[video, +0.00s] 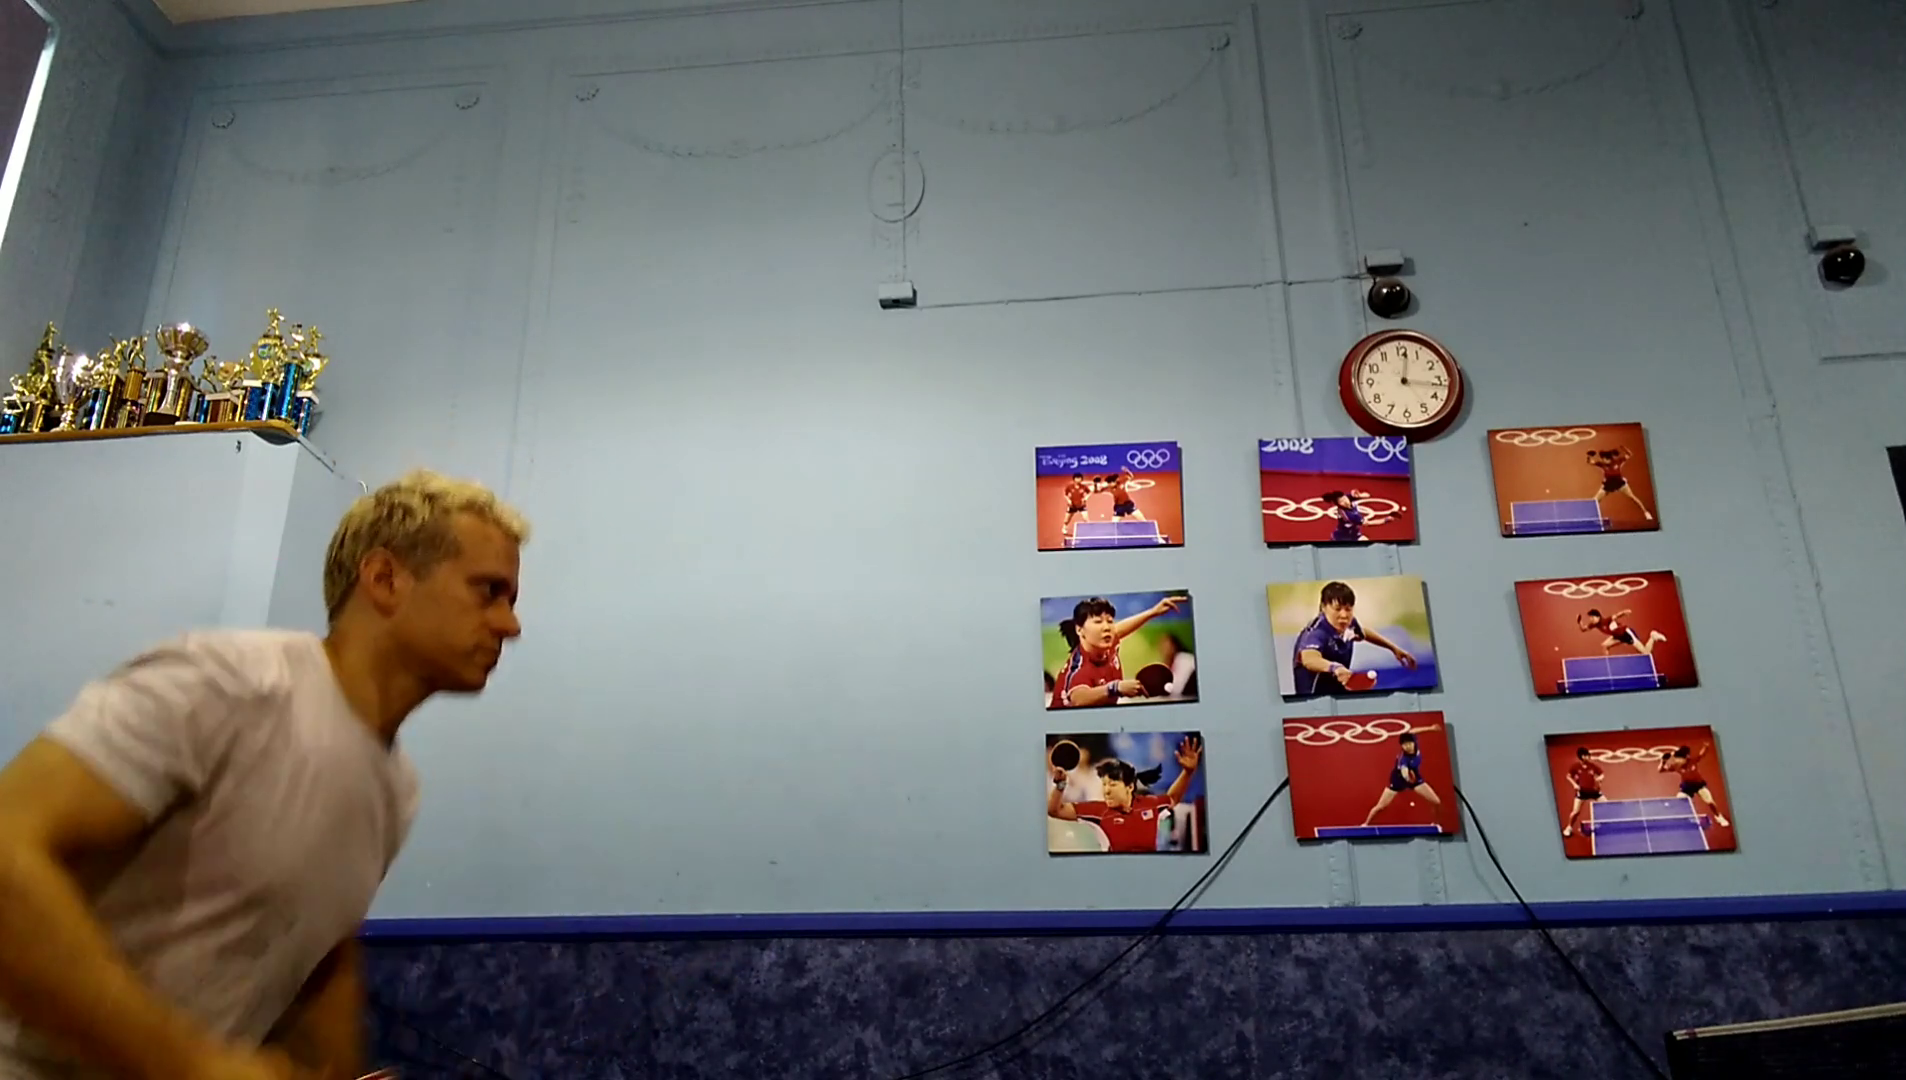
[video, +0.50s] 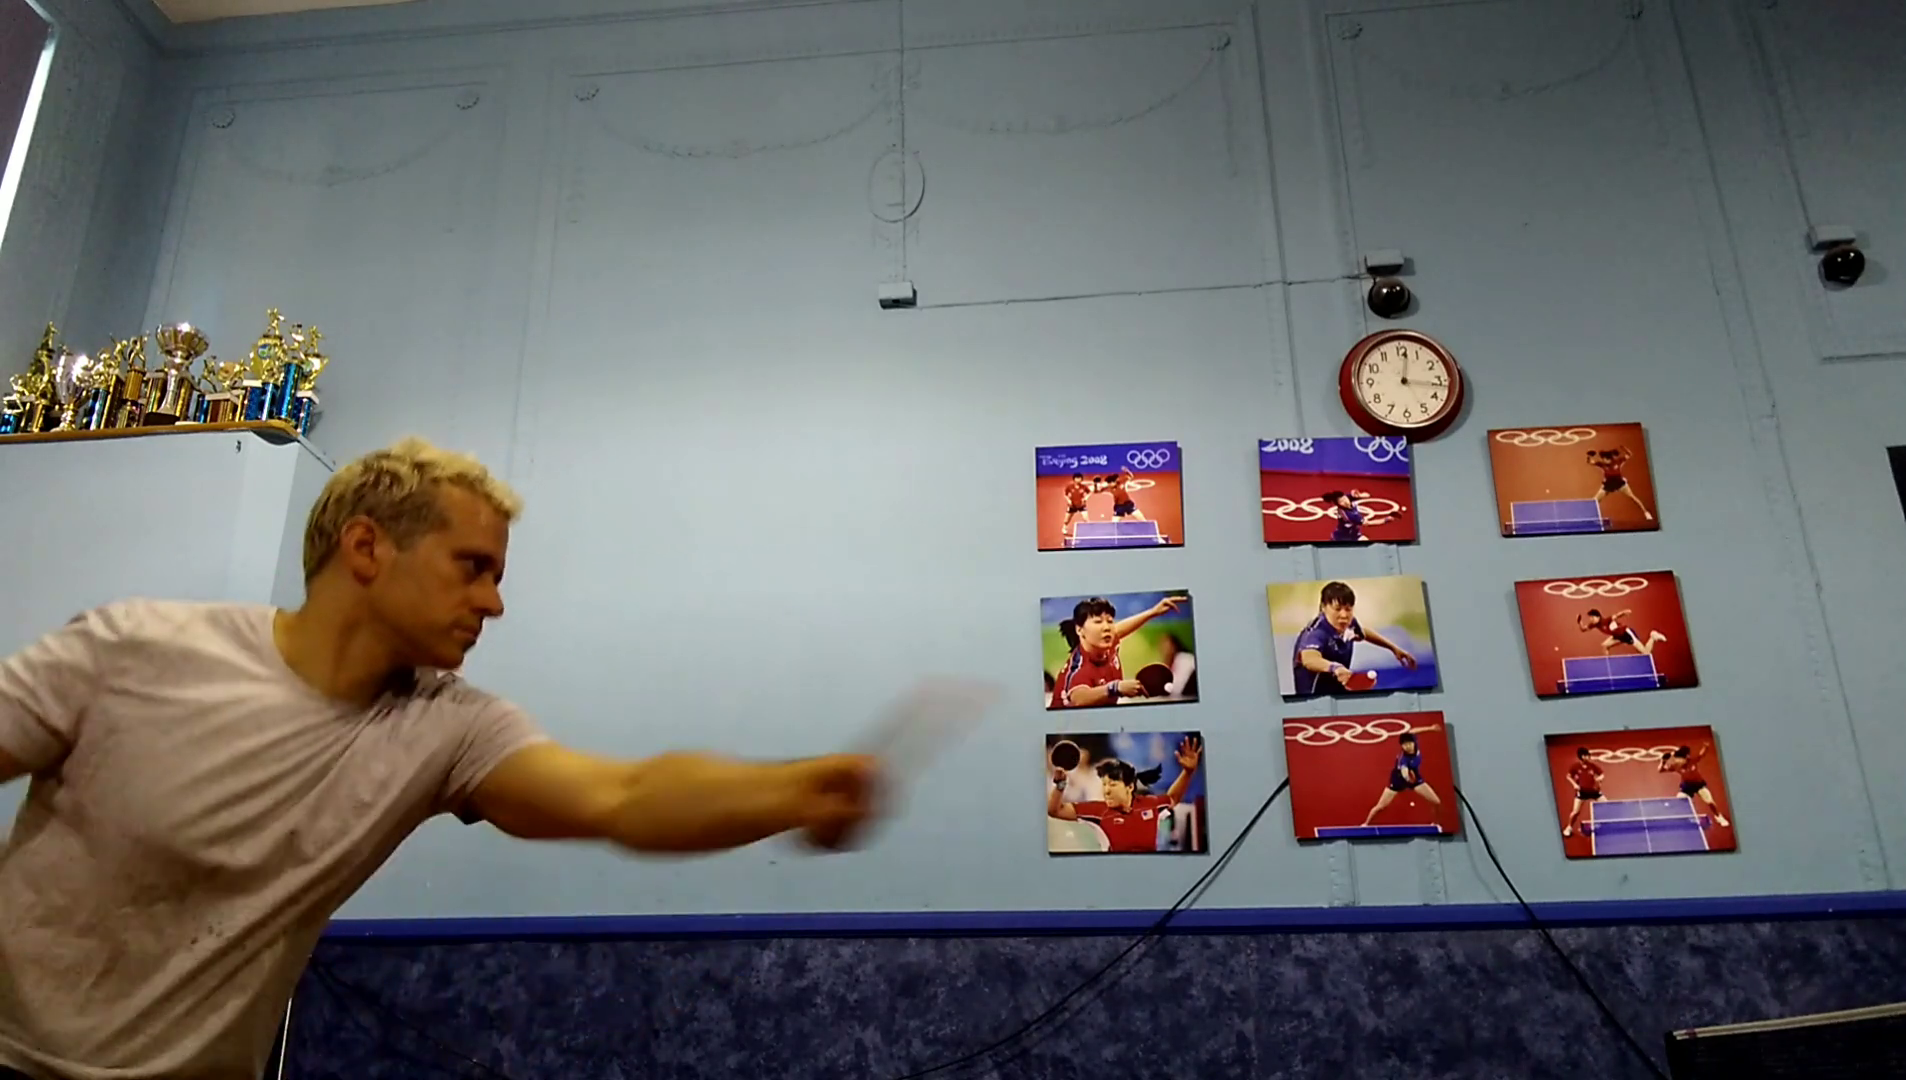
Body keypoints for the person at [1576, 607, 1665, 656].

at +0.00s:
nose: (1590, 620)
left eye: (1591, 618)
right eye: (1590, 618)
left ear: (1597, 617)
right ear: (1593, 618)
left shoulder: (1607, 620)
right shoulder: (1594, 624)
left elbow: (1617, 615)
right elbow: (1584, 630)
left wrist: (1625, 612)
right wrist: (1579, 623)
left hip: (1627, 634)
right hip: (1618, 637)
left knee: (1645, 652)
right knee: (1604, 645)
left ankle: (1653, 636)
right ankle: (1607, 667)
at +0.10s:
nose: (1590, 620)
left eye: (1591, 618)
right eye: (1590, 618)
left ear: (1596, 617)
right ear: (1593, 618)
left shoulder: (1607, 620)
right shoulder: (1594, 624)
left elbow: (1617, 615)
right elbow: (1583, 630)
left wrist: (1626, 612)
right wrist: (1579, 623)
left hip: (1627, 634)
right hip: (1618, 637)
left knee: (1646, 652)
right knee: (1604, 645)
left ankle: (1653, 636)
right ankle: (1608, 667)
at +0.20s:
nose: (1590, 620)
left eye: (1591, 618)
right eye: (1590, 619)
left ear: (1597, 617)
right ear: (1593, 618)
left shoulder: (1607, 620)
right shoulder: (1594, 624)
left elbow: (1617, 615)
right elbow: (1583, 630)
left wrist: (1625, 612)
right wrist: (1579, 623)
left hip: (1627, 634)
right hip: (1617, 637)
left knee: (1645, 652)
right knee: (1604, 645)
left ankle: (1653, 636)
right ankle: (1608, 667)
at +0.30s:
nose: (1590, 620)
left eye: (1591, 618)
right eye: (1590, 619)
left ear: (1597, 617)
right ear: (1593, 618)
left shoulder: (1607, 620)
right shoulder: (1594, 624)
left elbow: (1617, 615)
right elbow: (1583, 630)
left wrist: (1625, 612)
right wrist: (1579, 623)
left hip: (1627, 634)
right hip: (1617, 637)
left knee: (1646, 652)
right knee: (1604, 645)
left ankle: (1653, 636)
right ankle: (1608, 667)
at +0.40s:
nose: (1590, 620)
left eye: (1591, 618)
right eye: (1590, 619)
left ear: (1597, 617)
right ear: (1593, 618)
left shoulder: (1607, 620)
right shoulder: (1594, 624)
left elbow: (1617, 615)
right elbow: (1583, 630)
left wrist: (1625, 612)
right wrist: (1579, 623)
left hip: (1627, 634)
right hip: (1617, 637)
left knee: (1645, 652)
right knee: (1604, 645)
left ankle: (1653, 636)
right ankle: (1608, 667)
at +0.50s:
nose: (1590, 620)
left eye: (1591, 618)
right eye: (1590, 618)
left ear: (1597, 617)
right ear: (1593, 618)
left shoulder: (1607, 620)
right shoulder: (1594, 624)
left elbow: (1617, 615)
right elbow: (1583, 630)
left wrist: (1625, 612)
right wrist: (1579, 623)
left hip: (1627, 634)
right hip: (1617, 637)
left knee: (1645, 652)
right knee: (1604, 645)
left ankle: (1653, 636)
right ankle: (1607, 667)